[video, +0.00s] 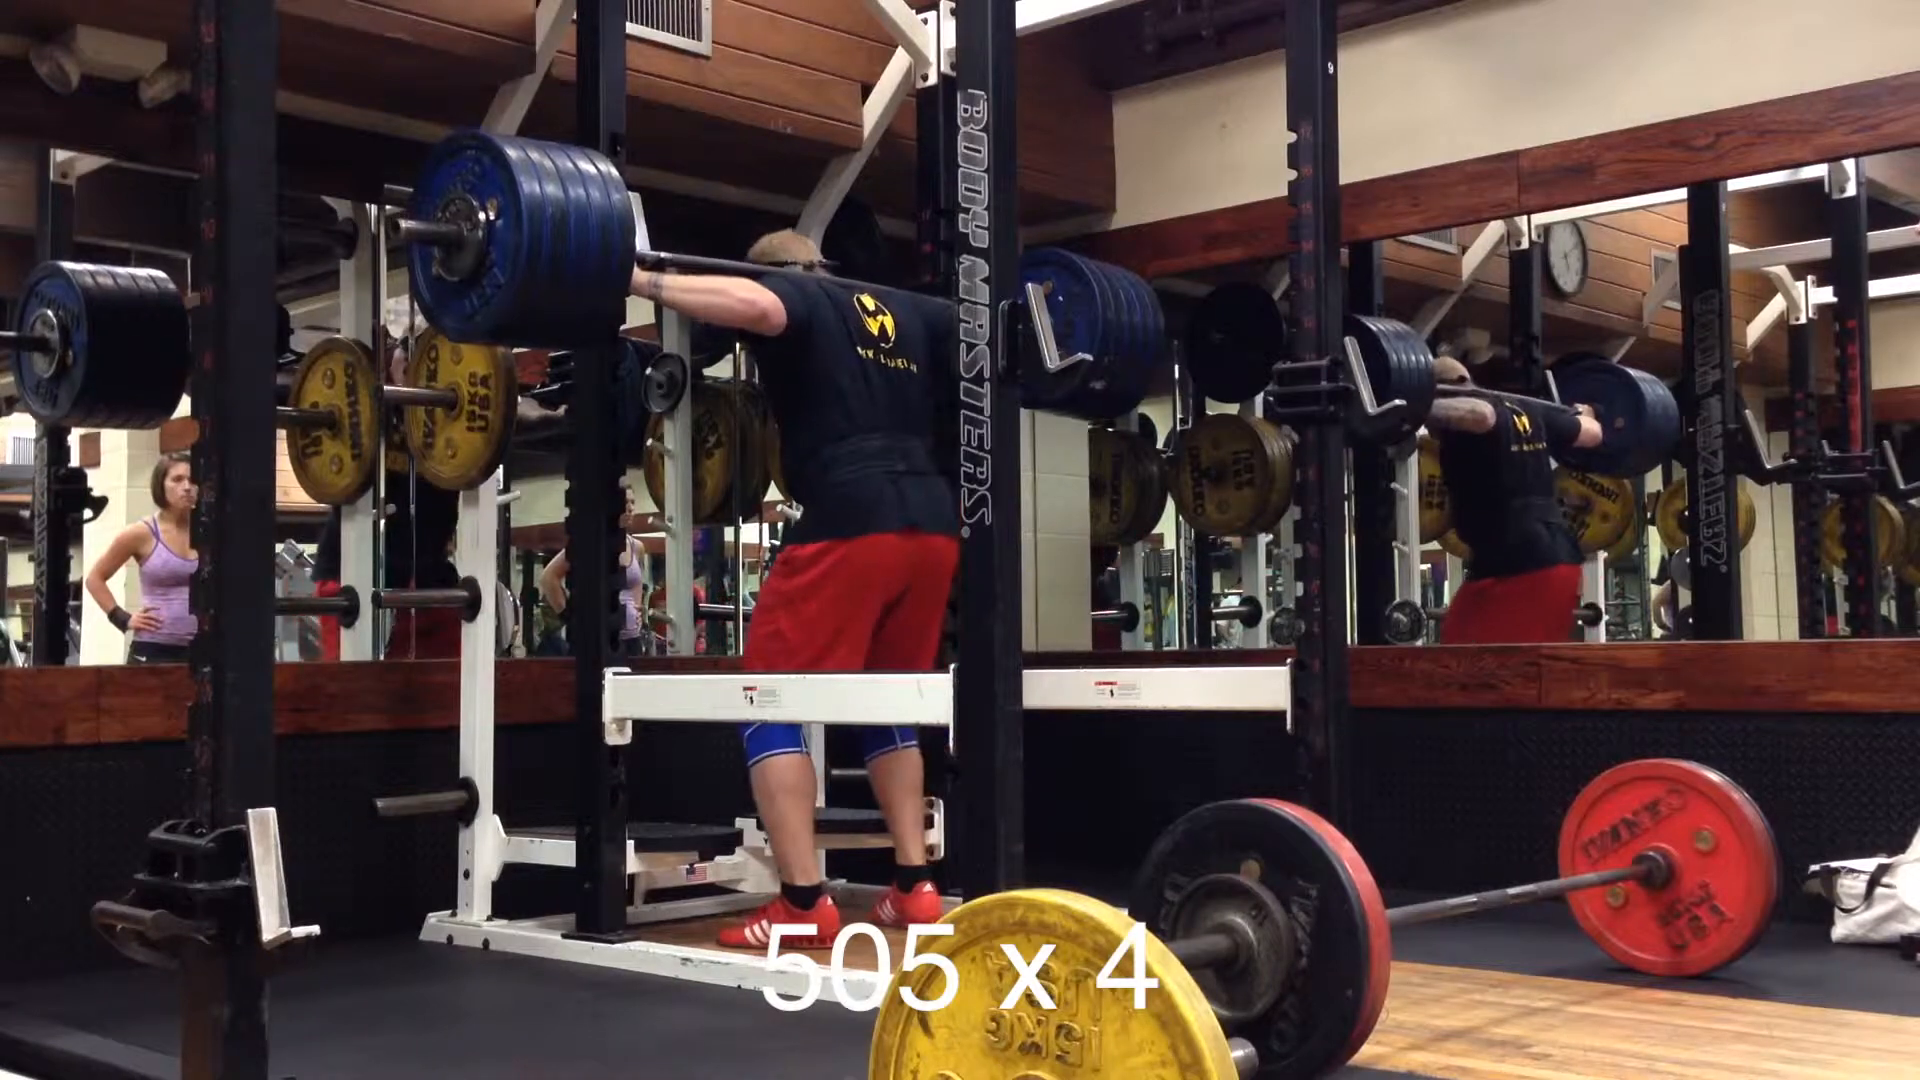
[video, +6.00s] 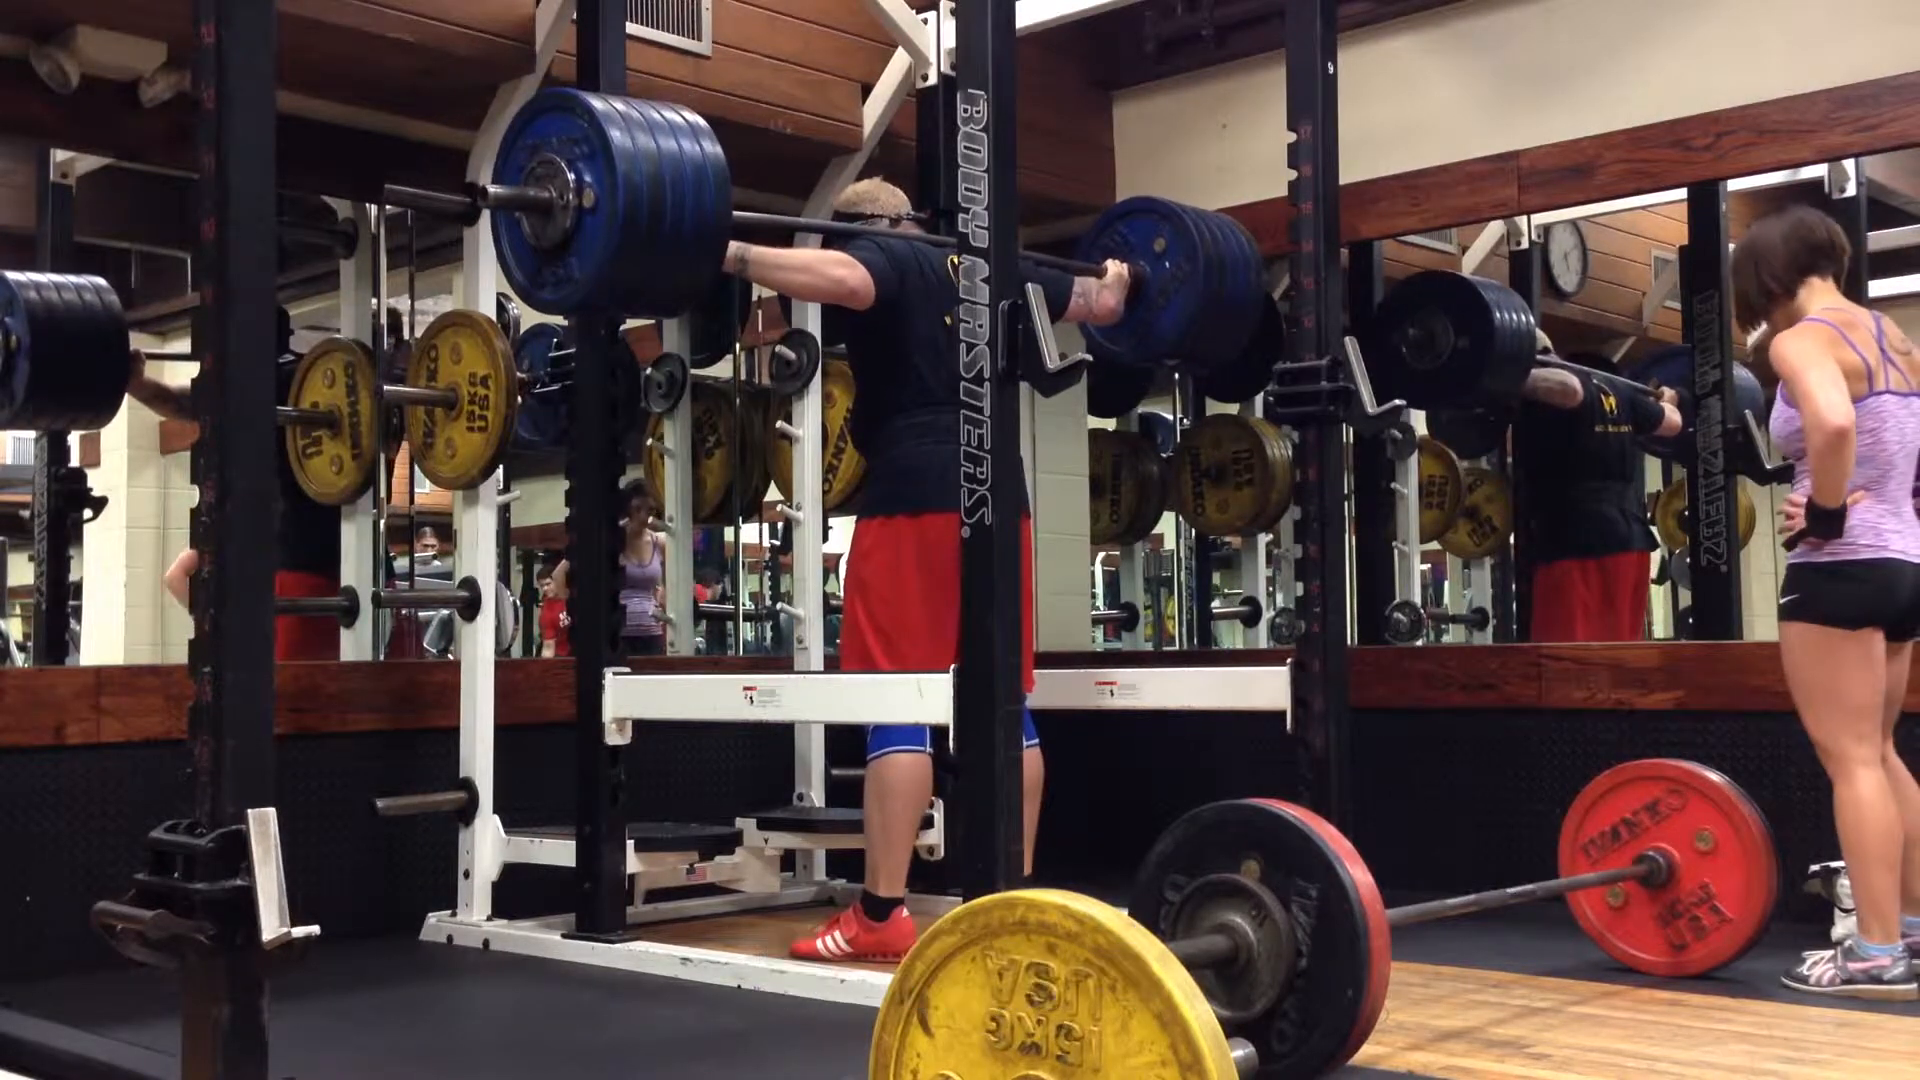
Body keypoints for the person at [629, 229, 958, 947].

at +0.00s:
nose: (749, 296)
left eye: (753, 284)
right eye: (752, 282)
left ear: (772, 274)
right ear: (823, 262)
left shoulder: (791, 290)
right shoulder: (906, 308)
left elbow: (762, 308)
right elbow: (984, 319)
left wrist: (648, 279)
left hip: (847, 526)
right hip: (936, 531)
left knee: (769, 707)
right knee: (888, 706)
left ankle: (804, 901)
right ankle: (916, 885)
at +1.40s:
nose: (763, 269)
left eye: (765, 258)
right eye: (759, 264)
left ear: (791, 246)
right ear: (853, 241)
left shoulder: (808, 253)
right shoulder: (920, 283)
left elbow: (777, 277)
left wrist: (666, 247)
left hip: (836, 505)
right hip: (924, 507)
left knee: (799, 703)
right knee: (909, 699)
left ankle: (805, 903)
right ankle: (991, 860)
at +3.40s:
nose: (840, 258)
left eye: (840, 249)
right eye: (839, 252)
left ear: (867, 241)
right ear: (914, 226)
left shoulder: (896, 252)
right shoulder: (1001, 269)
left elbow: (865, 274)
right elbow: (1104, 305)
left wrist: (749, 246)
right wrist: (1119, 285)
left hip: (926, 500)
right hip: (1015, 502)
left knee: (883, 703)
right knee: (1012, 711)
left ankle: (882, 910)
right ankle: (1013, 901)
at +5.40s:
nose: (832, 247)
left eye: (834, 234)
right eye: (834, 233)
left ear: (853, 228)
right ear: (909, 216)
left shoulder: (876, 248)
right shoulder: (985, 266)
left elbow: (843, 277)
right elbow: (1097, 300)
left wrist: (729, 242)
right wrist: (1112, 280)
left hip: (918, 497)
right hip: (1006, 498)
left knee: (900, 708)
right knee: (1009, 708)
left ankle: (883, 912)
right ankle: (1015, 902)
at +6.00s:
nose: (834, 259)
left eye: (833, 244)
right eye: (835, 245)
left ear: (854, 232)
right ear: (907, 216)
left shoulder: (884, 249)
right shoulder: (982, 263)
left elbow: (849, 284)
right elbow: (1096, 300)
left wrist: (735, 254)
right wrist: (1117, 271)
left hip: (915, 502)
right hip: (1002, 502)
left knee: (897, 707)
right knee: (1007, 709)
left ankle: (882, 910)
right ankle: (1010, 903)